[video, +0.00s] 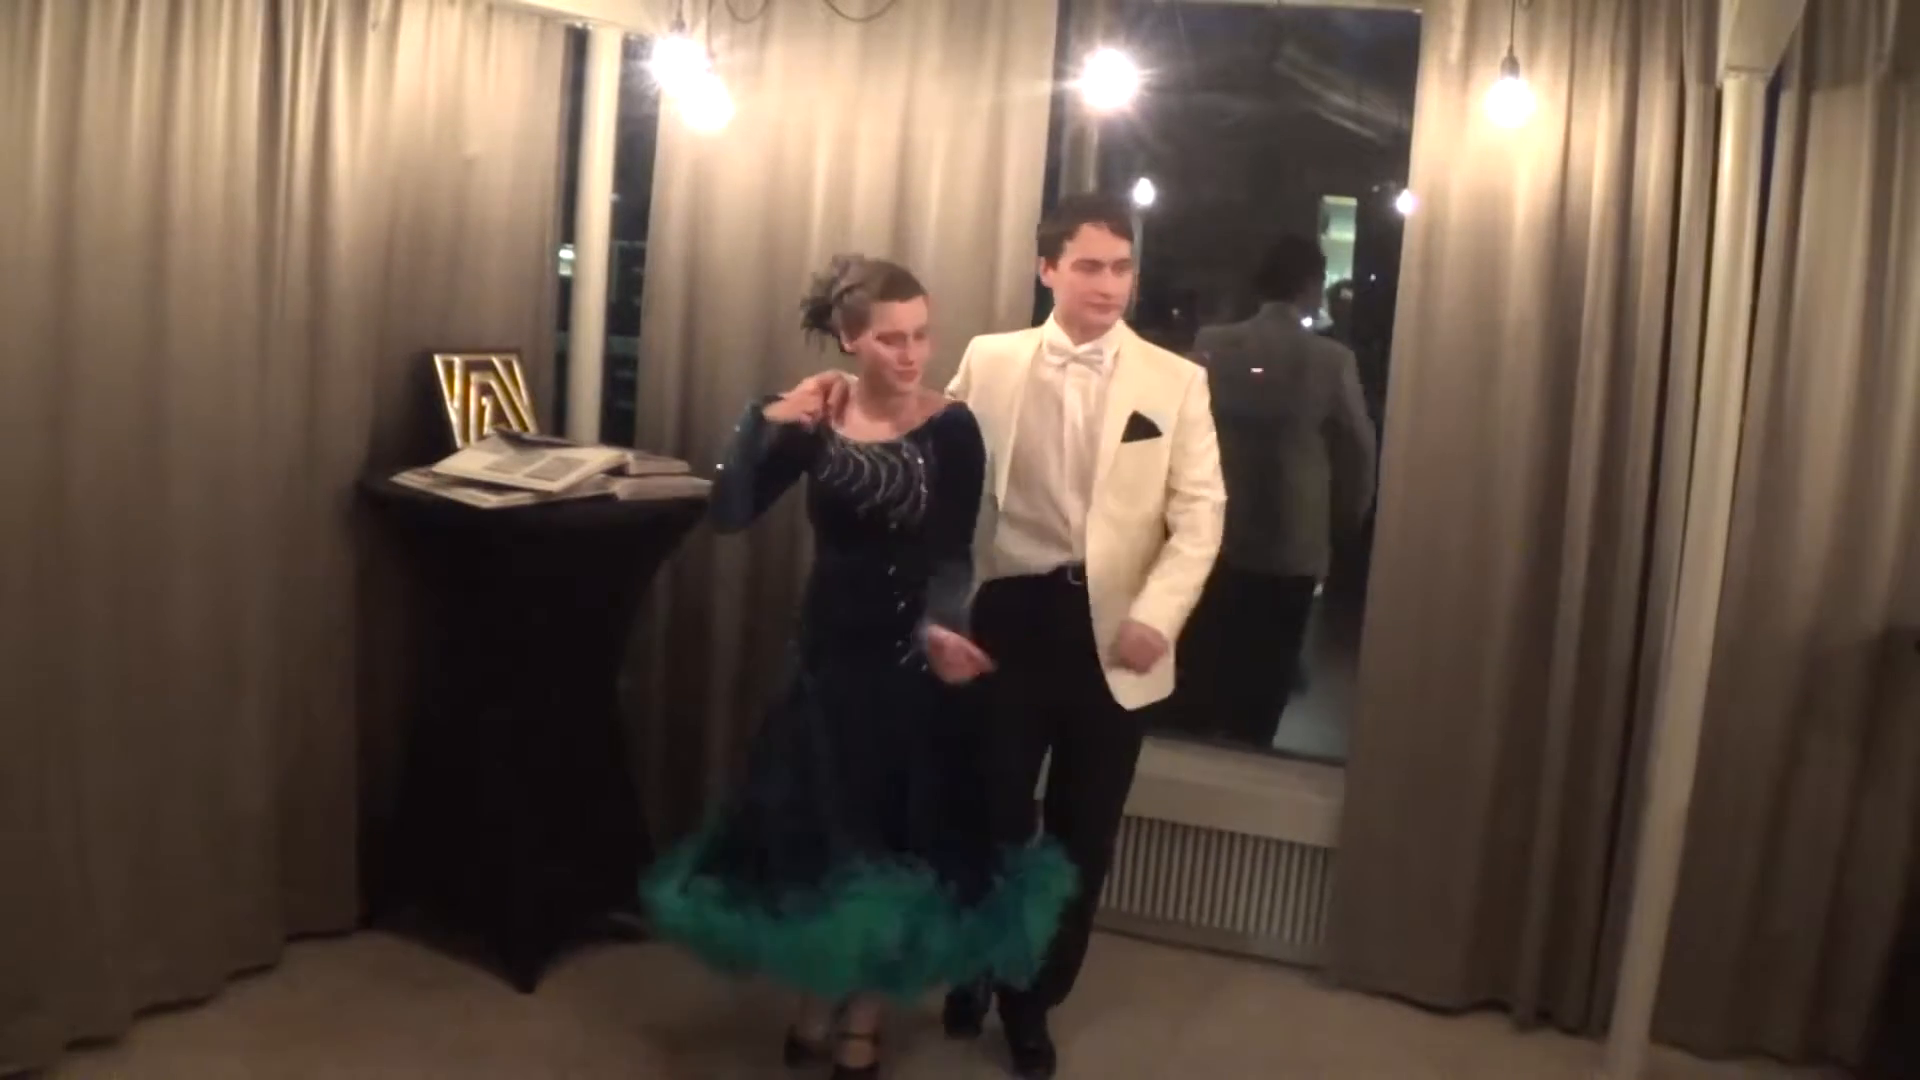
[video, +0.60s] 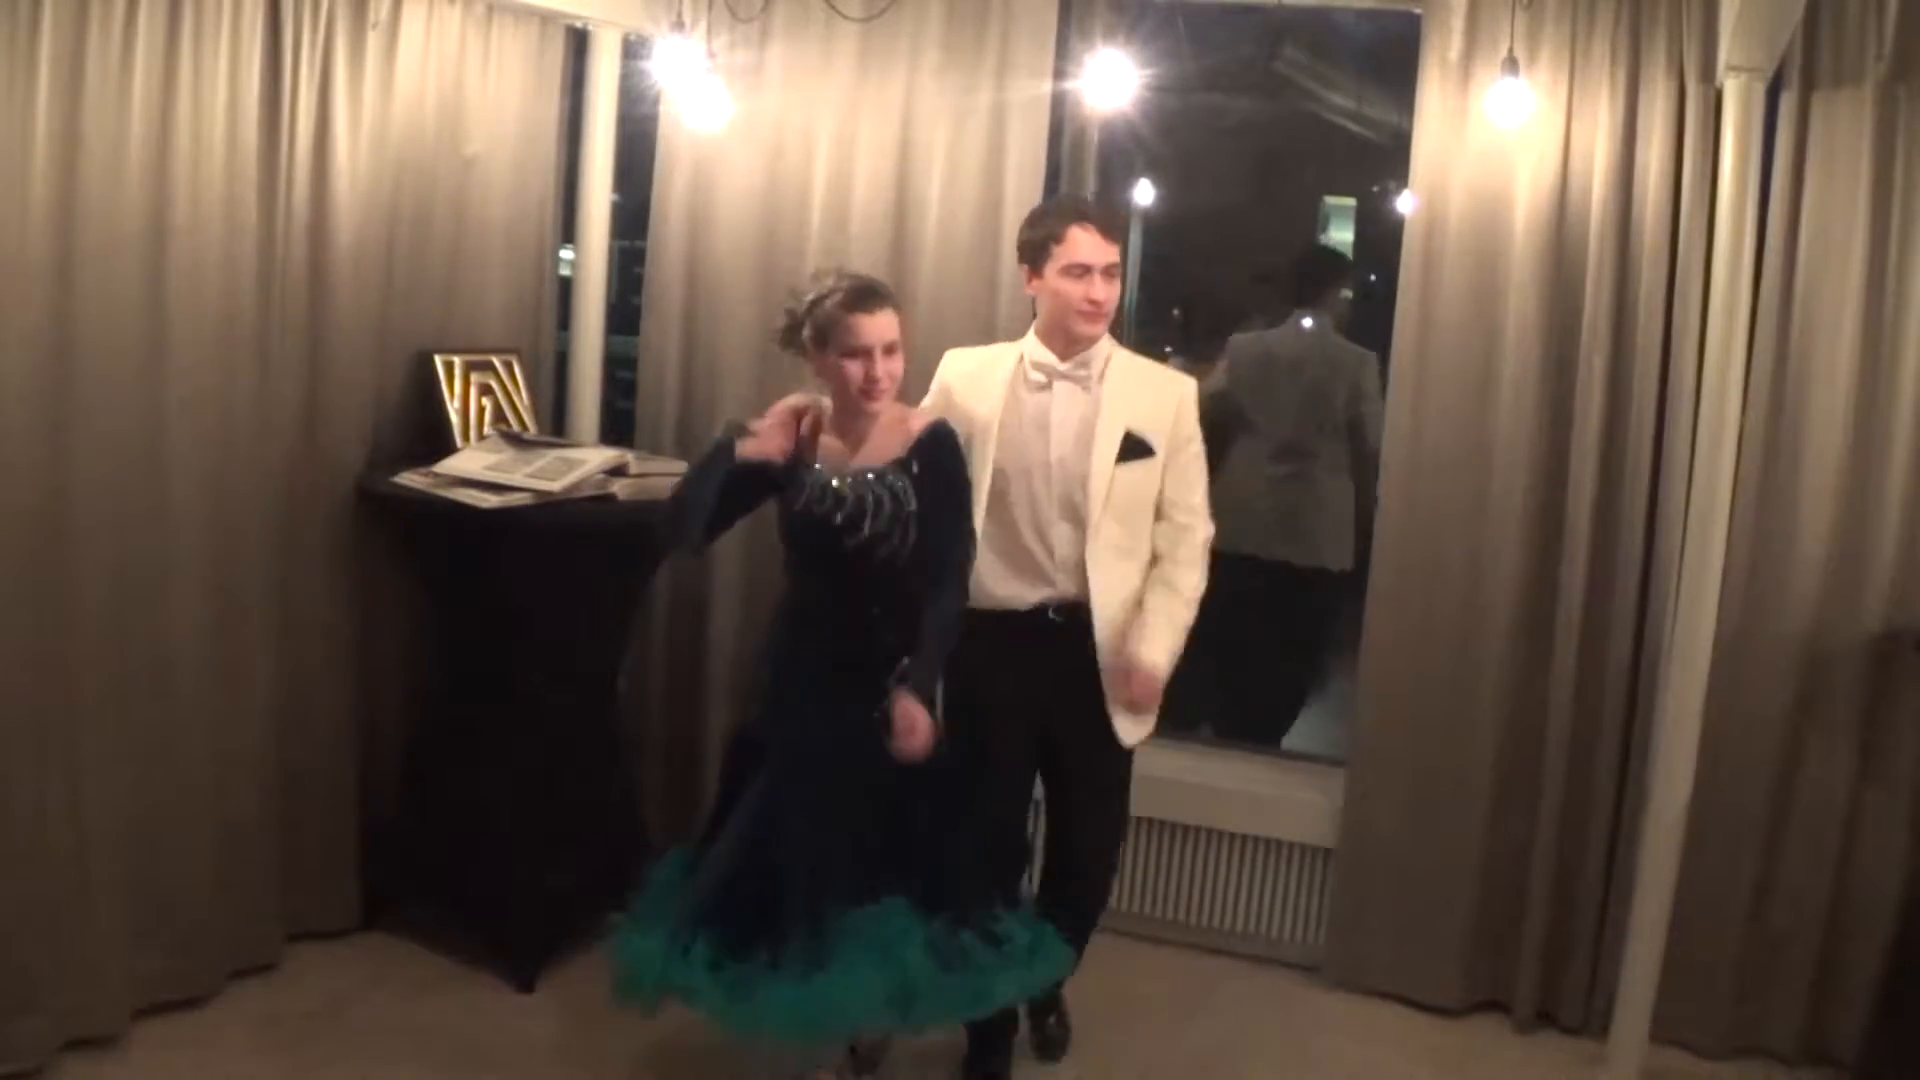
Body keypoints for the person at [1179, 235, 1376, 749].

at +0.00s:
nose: (1323, 292)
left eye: (1321, 283)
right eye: (1321, 283)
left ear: (1259, 282)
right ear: (1311, 288)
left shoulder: (1212, 346)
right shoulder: (1332, 361)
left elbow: (1184, 434)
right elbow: (1358, 452)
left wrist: (1182, 503)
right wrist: (1347, 515)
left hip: (1213, 529)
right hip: (1295, 537)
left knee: (1208, 659)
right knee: (1271, 670)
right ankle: (1242, 777)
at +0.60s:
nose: (1347, 301)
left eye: (1345, 291)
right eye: (1345, 292)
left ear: (1293, 289)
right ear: (1335, 295)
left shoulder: (1245, 350)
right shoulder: (1357, 365)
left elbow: (1208, 419)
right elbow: (1370, 452)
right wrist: (1371, 509)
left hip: (1240, 522)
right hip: (1319, 536)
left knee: (1233, 651)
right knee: (1296, 663)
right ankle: (1248, 763)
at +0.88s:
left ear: (1308, 267)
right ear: (1359, 274)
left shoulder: (1263, 313)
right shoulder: (1378, 331)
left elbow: (1207, 355)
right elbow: (1389, 428)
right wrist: (1380, 510)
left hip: (1259, 511)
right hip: (1337, 524)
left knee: (1249, 649)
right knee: (1320, 661)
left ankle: (1234, 762)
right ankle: (1302, 779)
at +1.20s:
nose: (1370, 290)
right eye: (1369, 281)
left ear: (1320, 276)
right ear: (1367, 283)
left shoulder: (1277, 334)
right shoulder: (1382, 350)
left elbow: (1226, 382)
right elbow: (1393, 424)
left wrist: (1226, 356)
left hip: (1273, 500)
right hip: (1348, 510)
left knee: (1255, 618)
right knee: (1325, 635)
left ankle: (1229, 718)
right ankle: (1292, 743)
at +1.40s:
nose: (1385, 298)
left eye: (1384, 287)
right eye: (1380, 287)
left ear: (1327, 282)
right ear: (1365, 287)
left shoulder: (1280, 327)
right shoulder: (1376, 348)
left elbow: (1233, 378)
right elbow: (1387, 430)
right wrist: (1385, 503)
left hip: (1263, 490)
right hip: (1336, 499)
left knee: (1269, 622)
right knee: (1331, 636)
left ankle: (1268, 738)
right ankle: (1279, 736)